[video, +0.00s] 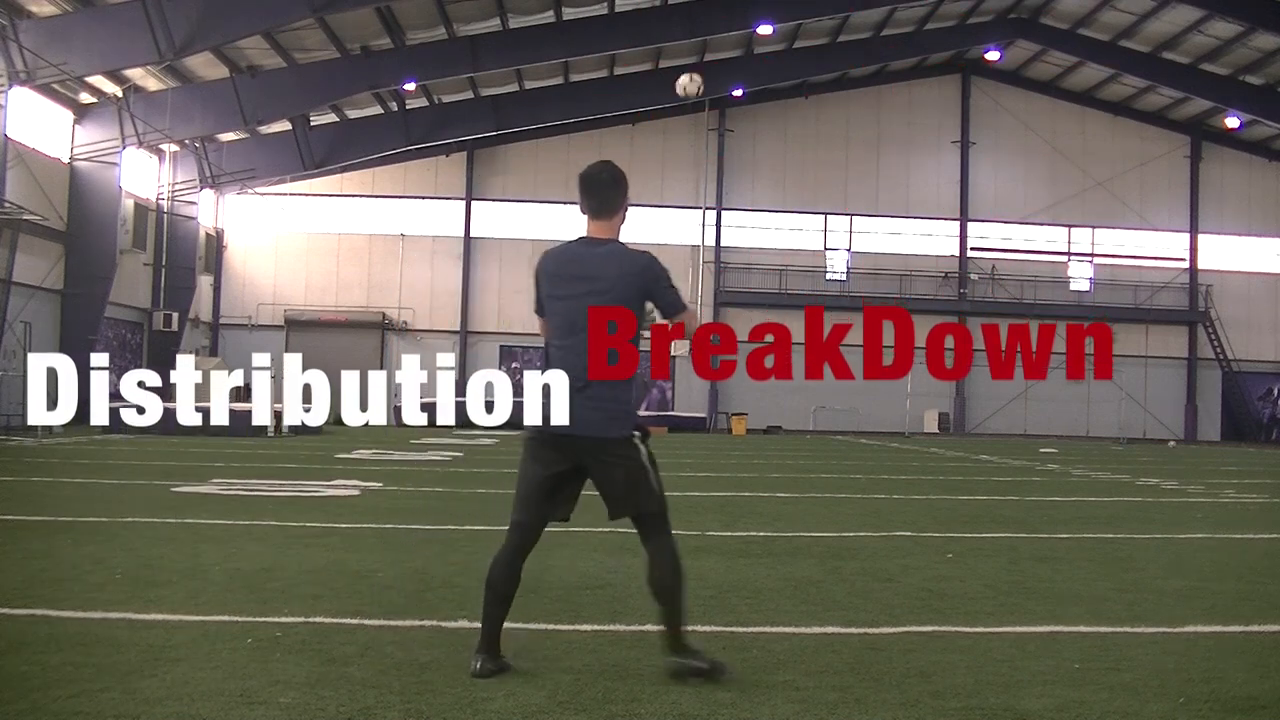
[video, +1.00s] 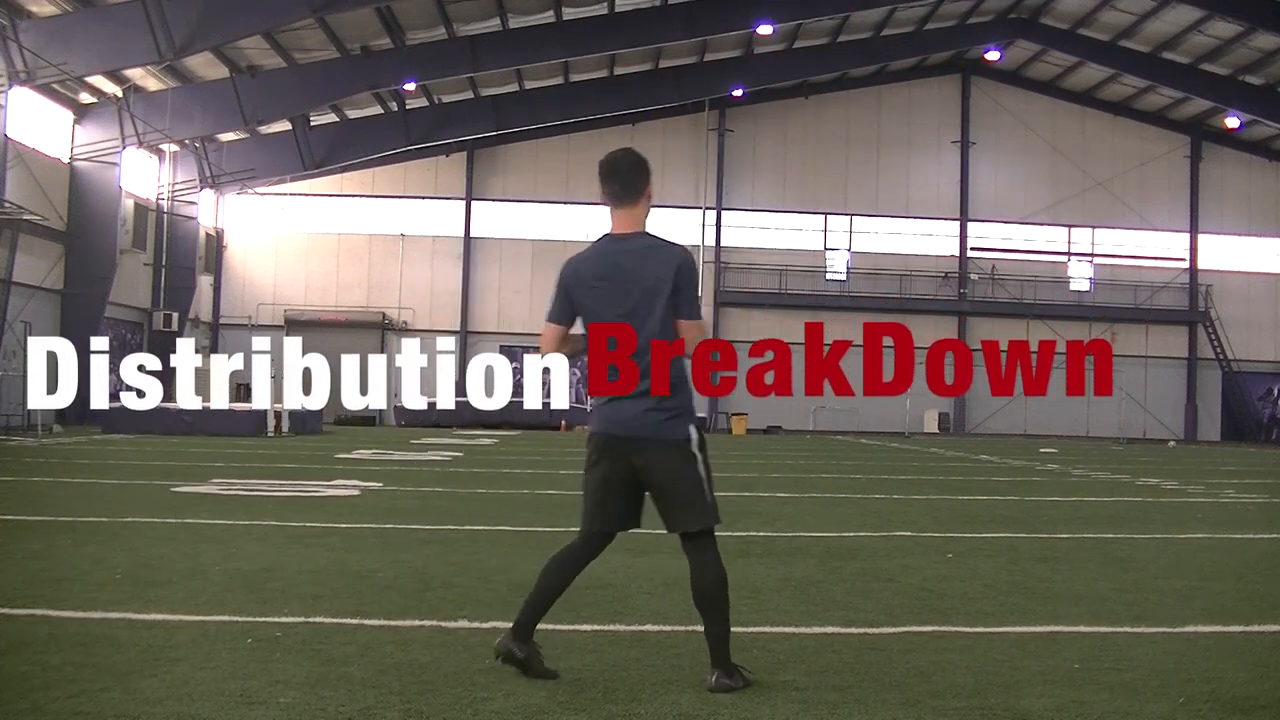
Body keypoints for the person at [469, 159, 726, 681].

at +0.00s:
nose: (621, 209)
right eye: (624, 201)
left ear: (580, 204)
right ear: (626, 204)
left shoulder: (551, 262)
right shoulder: (641, 266)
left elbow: (547, 330)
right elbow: (685, 326)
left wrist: (606, 324)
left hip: (550, 426)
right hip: (614, 430)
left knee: (519, 536)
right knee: (657, 535)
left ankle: (487, 651)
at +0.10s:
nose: (646, 211)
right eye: (652, 203)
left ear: (607, 209)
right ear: (652, 207)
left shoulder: (579, 269)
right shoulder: (670, 271)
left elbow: (567, 344)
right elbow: (728, 310)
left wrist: (617, 321)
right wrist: (720, 273)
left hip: (583, 432)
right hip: (644, 434)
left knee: (537, 543)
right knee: (682, 548)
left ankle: (492, 650)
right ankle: (716, 665)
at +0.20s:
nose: (675, 202)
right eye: (677, 195)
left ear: (631, 201)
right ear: (675, 199)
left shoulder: (602, 262)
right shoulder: (698, 258)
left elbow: (589, 334)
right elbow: (760, 267)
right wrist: (750, 224)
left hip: (607, 421)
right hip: (670, 423)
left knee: (561, 531)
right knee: (694, 545)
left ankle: (517, 639)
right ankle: (718, 665)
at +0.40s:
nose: (703, 185)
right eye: (703, 177)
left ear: (658, 188)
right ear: (704, 183)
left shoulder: (633, 253)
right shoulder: (728, 237)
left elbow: (613, 326)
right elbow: (785, 201)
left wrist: (627, 376)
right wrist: (787, 146)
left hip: (636, 403)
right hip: (696, 405)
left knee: (587, 517)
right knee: (708, 536)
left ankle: (541, 630)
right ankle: (721, 663)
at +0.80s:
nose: (699, 186)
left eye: (695, 177)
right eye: (696, 177)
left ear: (649, 189)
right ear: (683, 184)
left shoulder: (617, 261)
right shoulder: (699, 254)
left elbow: (601, 343)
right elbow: (771, 296)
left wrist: (613, 399)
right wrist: (798, 225)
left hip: (641, 421)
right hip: (701, 422)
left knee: (612, 529)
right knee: (711, 544)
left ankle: (558, 632)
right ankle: (722, 667)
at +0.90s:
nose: (678, 188)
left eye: (673, 180)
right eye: (677, 181)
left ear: (627, 189)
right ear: (670, 186)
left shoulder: (601, 263)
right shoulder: (690, 260)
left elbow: (578, 345)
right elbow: (731, 327)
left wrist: (637, 327)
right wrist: (769, 284)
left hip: (626, 425)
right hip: (685, 428)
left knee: (605, 529)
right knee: (706, 545)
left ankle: (540, 628)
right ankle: (722, 667)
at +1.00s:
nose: (649, 197)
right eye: (650, 189)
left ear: (602, 195)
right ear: (650, 192)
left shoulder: (578, 266)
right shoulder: (676, 260)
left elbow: (552, 342)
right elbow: (691, 341)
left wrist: (592, 342)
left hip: (606, 432)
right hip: (667, 433)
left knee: (593, 534)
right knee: (700, 544)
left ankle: (518, 637)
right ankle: (722, 668)